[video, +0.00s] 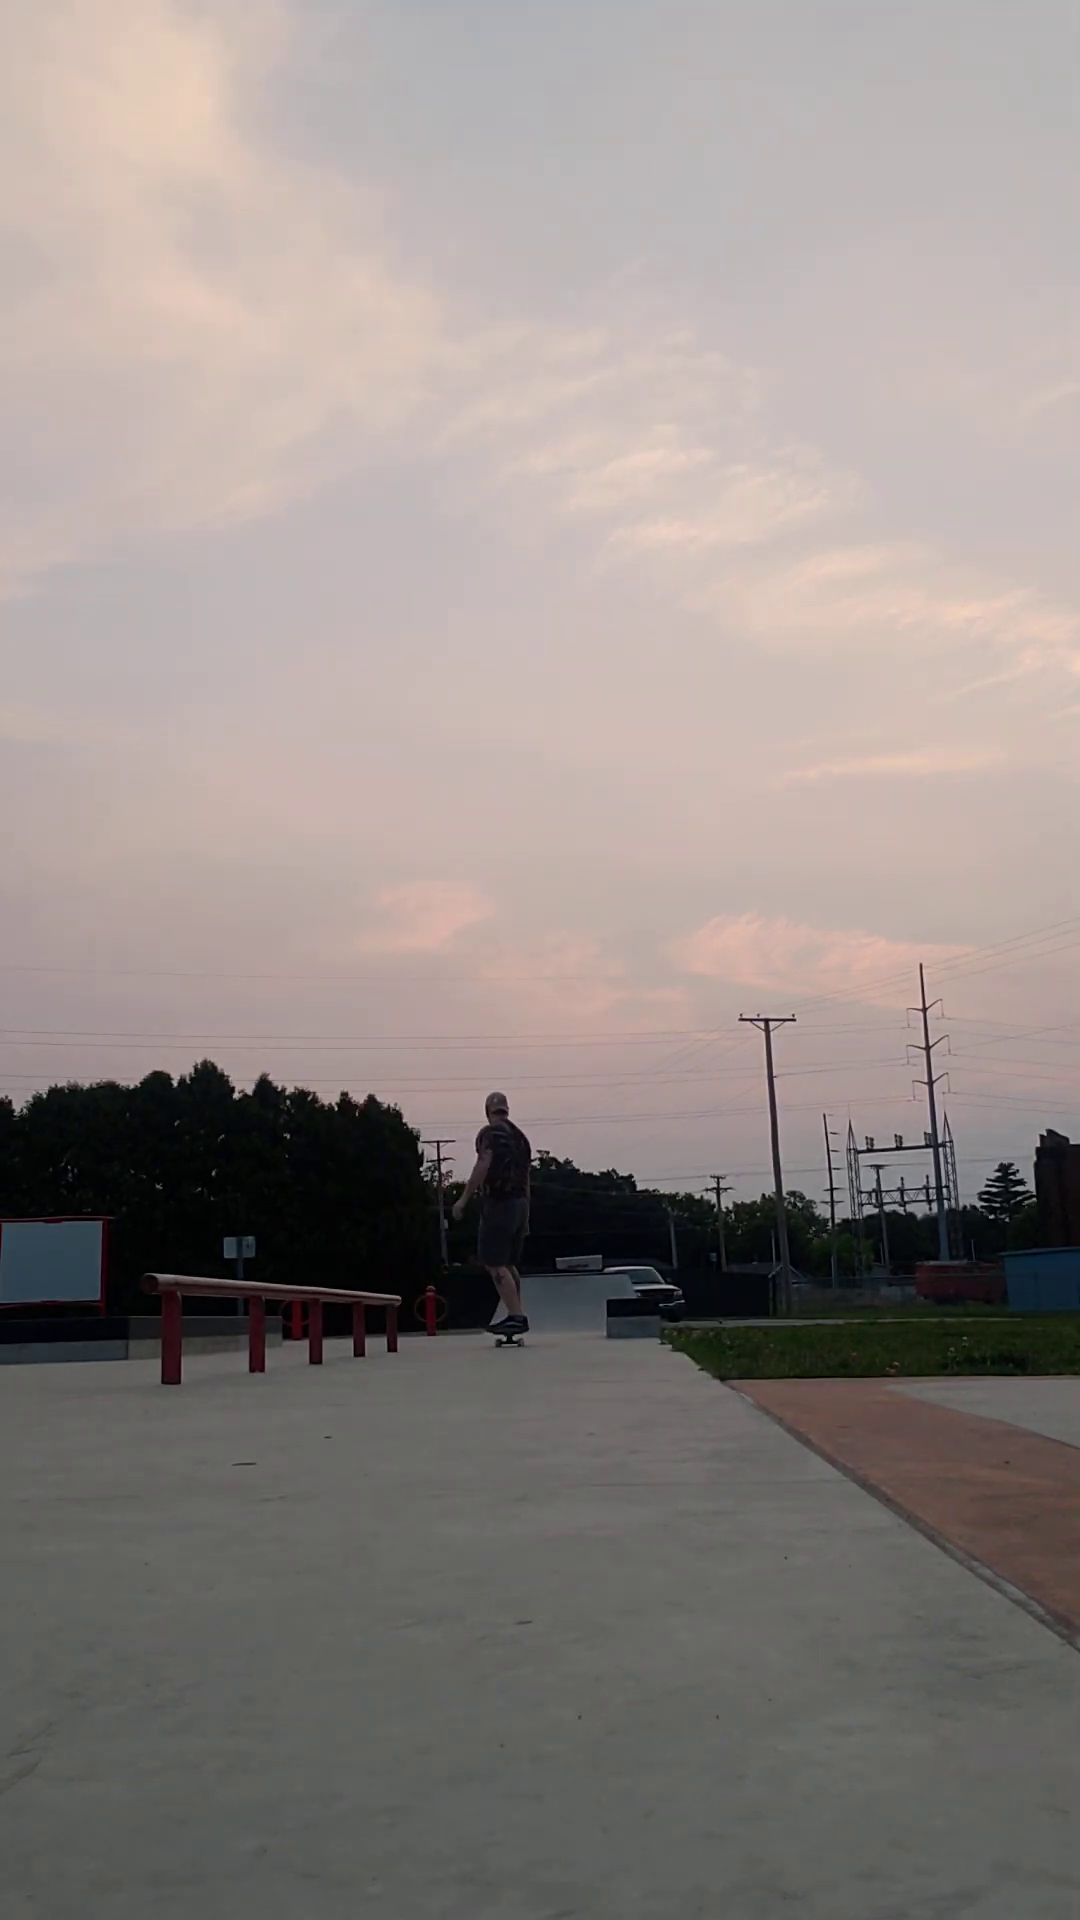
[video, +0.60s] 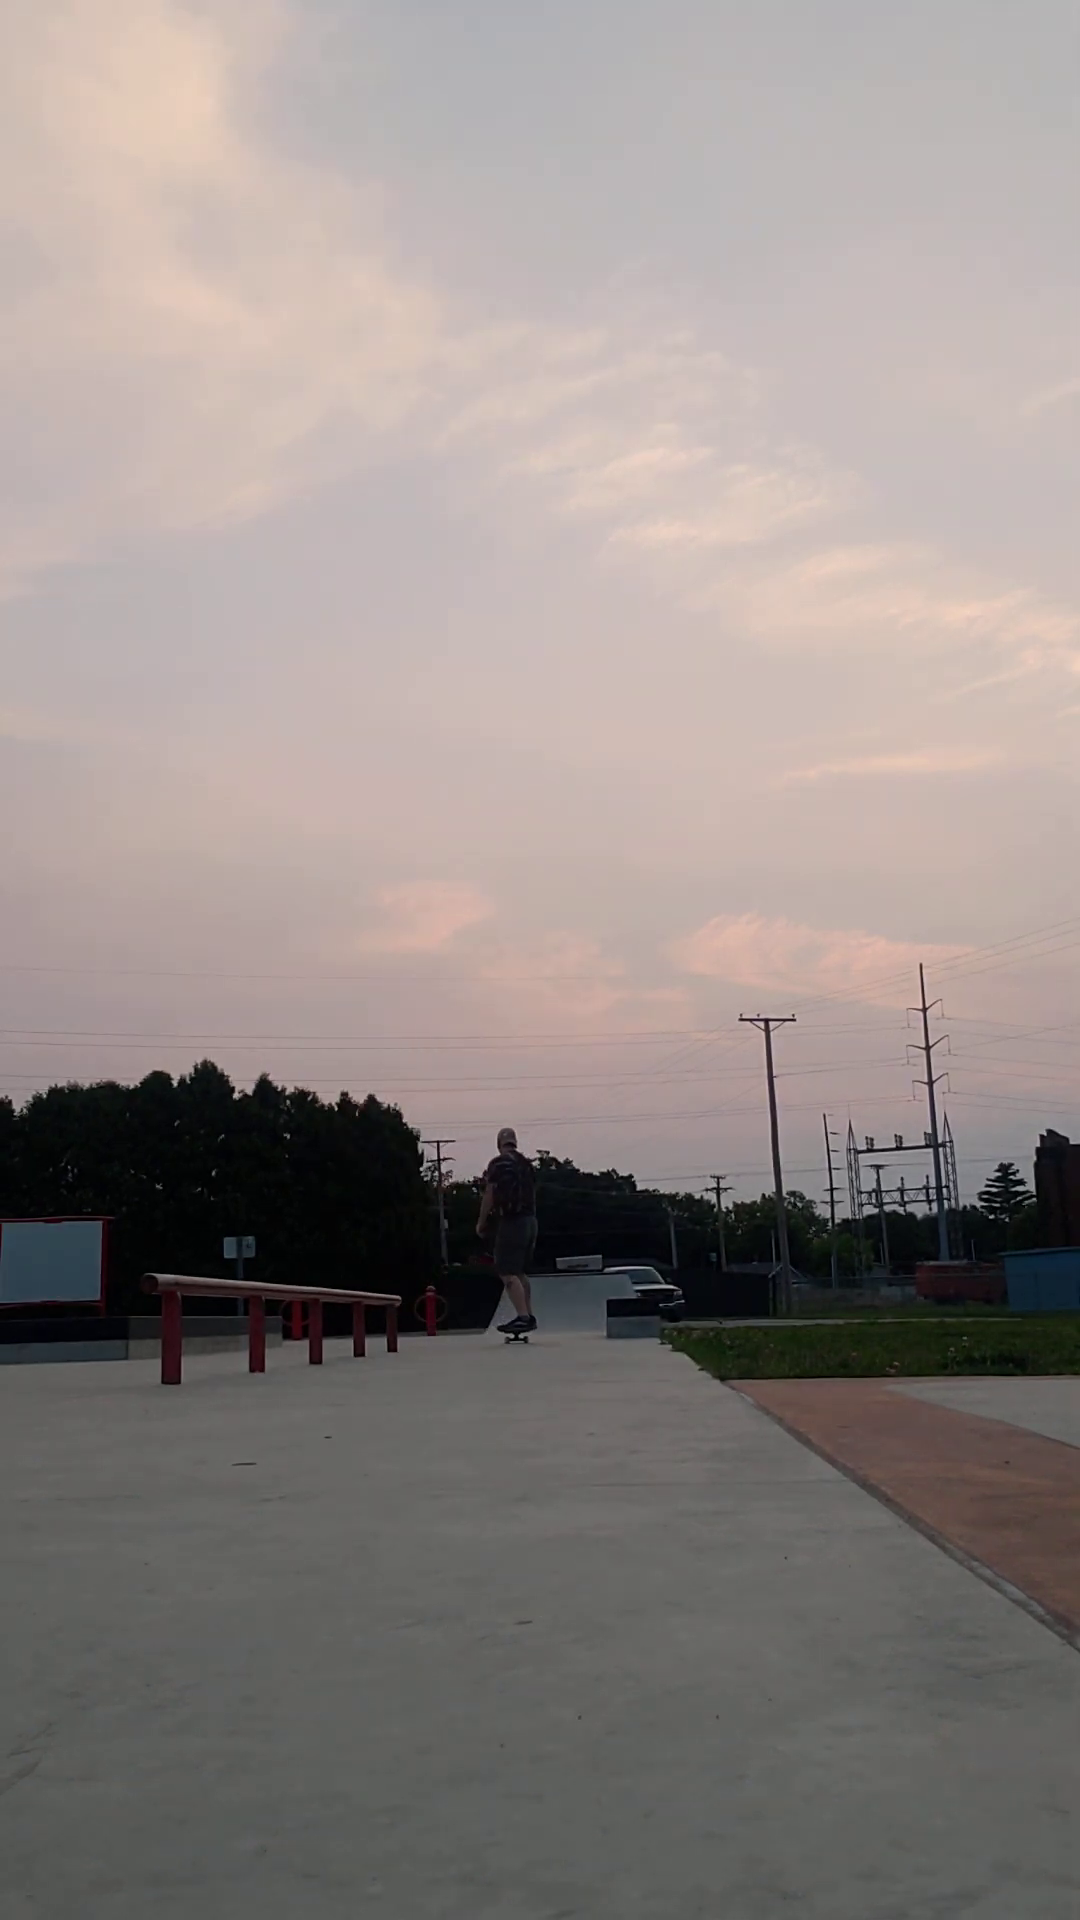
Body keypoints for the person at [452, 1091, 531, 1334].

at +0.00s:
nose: (489, 1115)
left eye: (488, 1111)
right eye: (496, 1110)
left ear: (487, 1111)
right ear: (508, 1110)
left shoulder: (488, 1133)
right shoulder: (521, 1138)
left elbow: (483, 1165)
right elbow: (525, 1181)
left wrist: (464, 1199)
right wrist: (525, 1217)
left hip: (498, 1205)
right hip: (519, 1206)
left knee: (494, 1261)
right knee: (508, 1263)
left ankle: (516, 1316)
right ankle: (516, 1315)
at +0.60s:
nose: (503, 1147)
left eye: (502, 1144)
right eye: (507, 1144)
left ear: (499, 1144)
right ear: (516, 1143)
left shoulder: (497, 1164)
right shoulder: (526, 1163)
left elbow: (490, 1193)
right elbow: (529, 1193)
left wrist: (481, 1221)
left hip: (510, 1221)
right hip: (529, 1220)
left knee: (507, 1270)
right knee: (519, 1271)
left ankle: (523, 1316)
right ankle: (528, 1315)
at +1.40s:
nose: (516, 1173)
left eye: (516, 1169)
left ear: (516, 1170)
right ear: (531, 1170)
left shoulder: (518, 1188)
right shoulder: (540, 1187)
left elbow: (513, 1216)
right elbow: (545, 1213)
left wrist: (506, 1241)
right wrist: (542, 1232)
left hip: (525, 1238)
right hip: (541, 1237)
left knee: (523, 1278)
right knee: (535, 1278)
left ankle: (535, 1313)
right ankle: (543, 1313)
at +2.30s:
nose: (539, 1195)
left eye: (537, 1193)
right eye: (540, 1193)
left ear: (534, 1194)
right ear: (546, 1193)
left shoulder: (537, 1212)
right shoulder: (554, 1209)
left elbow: (536, 1235)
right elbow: (556, 1233)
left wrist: (530, 1257)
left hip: (545, 1252)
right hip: (556, 1251)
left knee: (541, 1286)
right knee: (550, 1287)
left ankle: (553, 1316)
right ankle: (558, 1316)